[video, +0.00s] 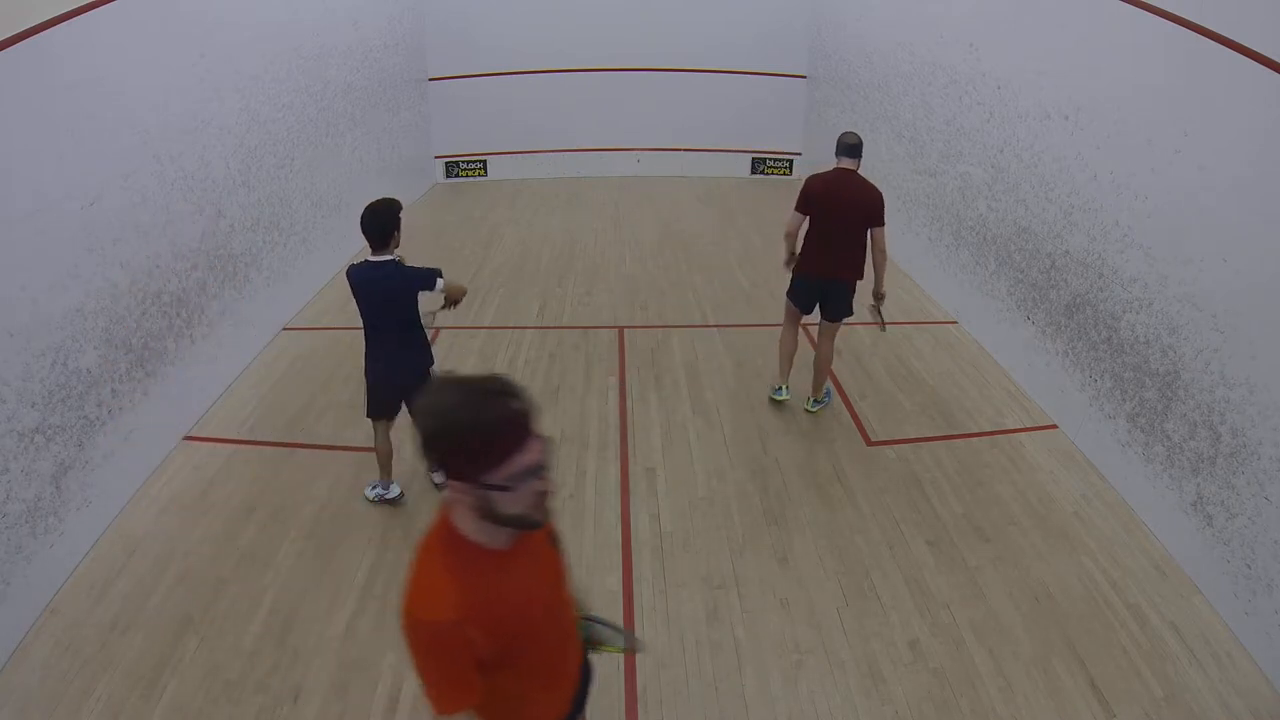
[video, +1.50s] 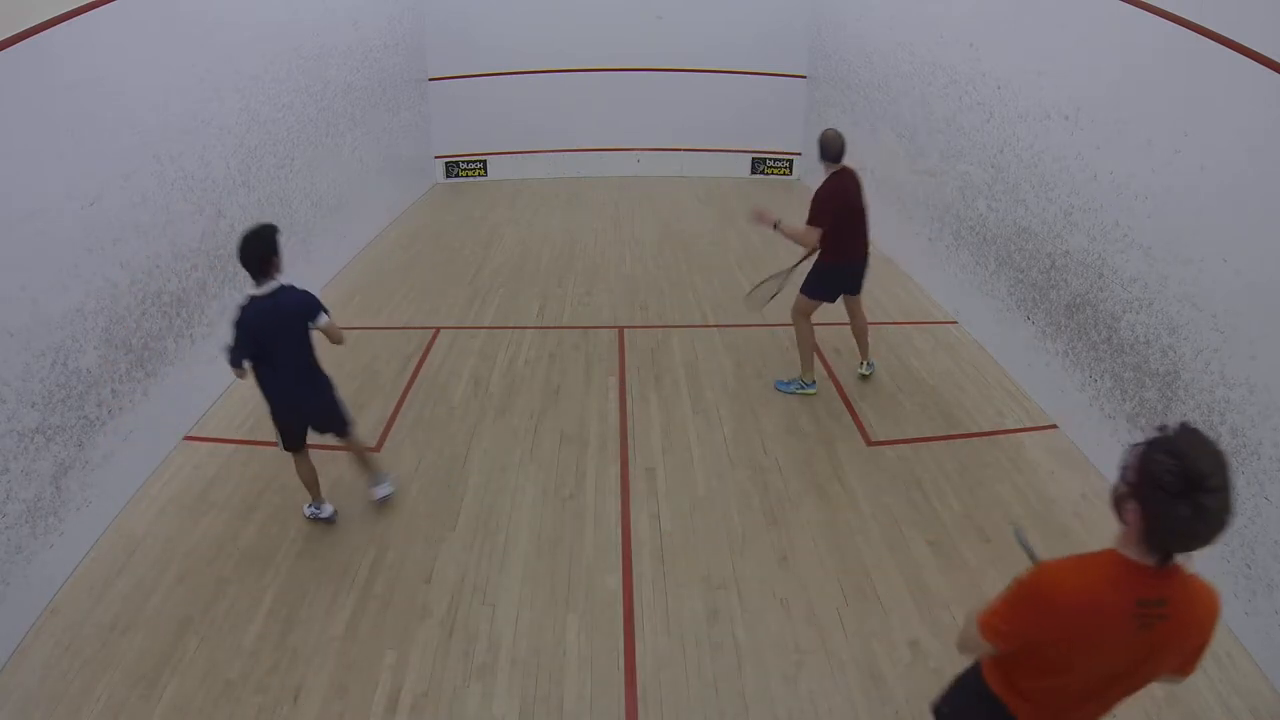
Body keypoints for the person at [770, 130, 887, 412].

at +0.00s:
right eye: (857, 156)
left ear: (835, 153)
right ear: (861, 157)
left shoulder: (815, 183)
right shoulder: (872, 194)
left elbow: (791, 230)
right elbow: (879, 249)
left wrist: (790, 254)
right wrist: (879, 286)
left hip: (808, 272)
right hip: (843, 279)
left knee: (791, 322)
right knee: (826, 339)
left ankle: (782, 386)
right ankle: (815, 396)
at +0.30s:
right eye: (853, 151)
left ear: (831, 150)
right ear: (855, 154)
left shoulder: (811, 179)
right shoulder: (862, 190)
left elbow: (803, 216)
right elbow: (877, 240)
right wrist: (886, 267)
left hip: (806, 268)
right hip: (839, 275)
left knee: (791, 323)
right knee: (827, 338)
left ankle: (770, 378)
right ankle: (815, 395)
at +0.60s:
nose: (853, 156)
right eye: (854, 152)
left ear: (829, 150)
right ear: (853, 154)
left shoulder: (810, 177)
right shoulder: (851, 189)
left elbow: (799, 218)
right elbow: (870, 236)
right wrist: (903, 231)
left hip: (801, 264)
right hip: (834, 269)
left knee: (791, 317)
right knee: (850, 314)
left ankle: (770, 378)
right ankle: (847, 374)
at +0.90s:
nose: (878, 166)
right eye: (878, 163)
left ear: (854, 160)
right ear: (876, 168)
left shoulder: (838, 180)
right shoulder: (867, 201)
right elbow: (891, 239)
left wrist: (877, 195)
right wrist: (926, 217)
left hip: (821, 262)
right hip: (853, 269)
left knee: (801, 306)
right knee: (862, 314)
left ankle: (774, 360)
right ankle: (861, 366)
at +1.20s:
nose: (884, 157)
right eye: (885, 154)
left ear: (861, 153)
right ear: (885, 159)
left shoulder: (843, 172)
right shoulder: (886, 195)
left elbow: (816, 185)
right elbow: (922, 215)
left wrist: (816, 165)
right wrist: (929, 193)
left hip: (827, 257)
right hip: (860, 266)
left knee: (810, 306)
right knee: (863, 313)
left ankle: (790, 365)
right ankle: (861, 365)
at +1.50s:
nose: (821, 151)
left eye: (820, 147)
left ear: (819, 153)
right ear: (843, 152)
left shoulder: (826, 191)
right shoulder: (851, 178)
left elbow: (810, 238)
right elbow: (846, 220)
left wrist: (776, 223)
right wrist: (818, 243)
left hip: (833, 263)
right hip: (857, 258)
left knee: (800, 313)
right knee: (855, 307)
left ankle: (807, 379)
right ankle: (866, 362)